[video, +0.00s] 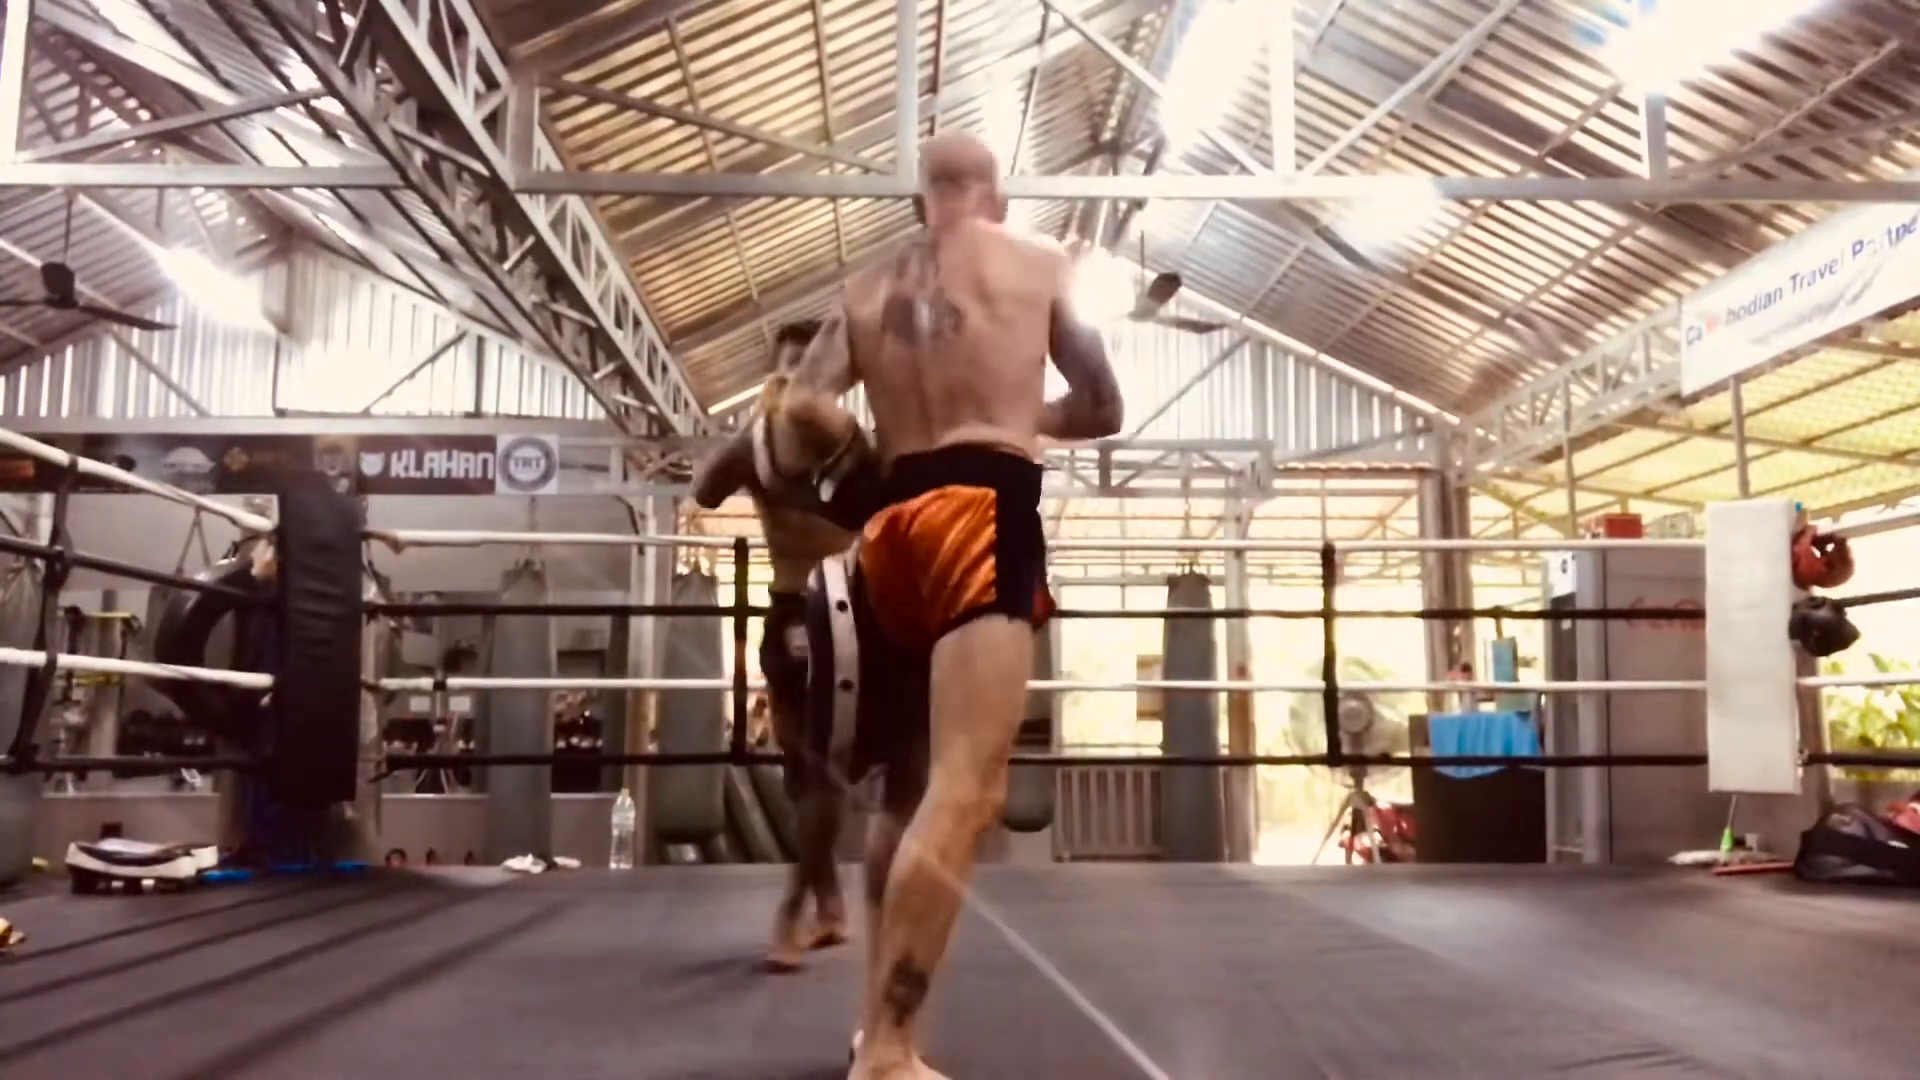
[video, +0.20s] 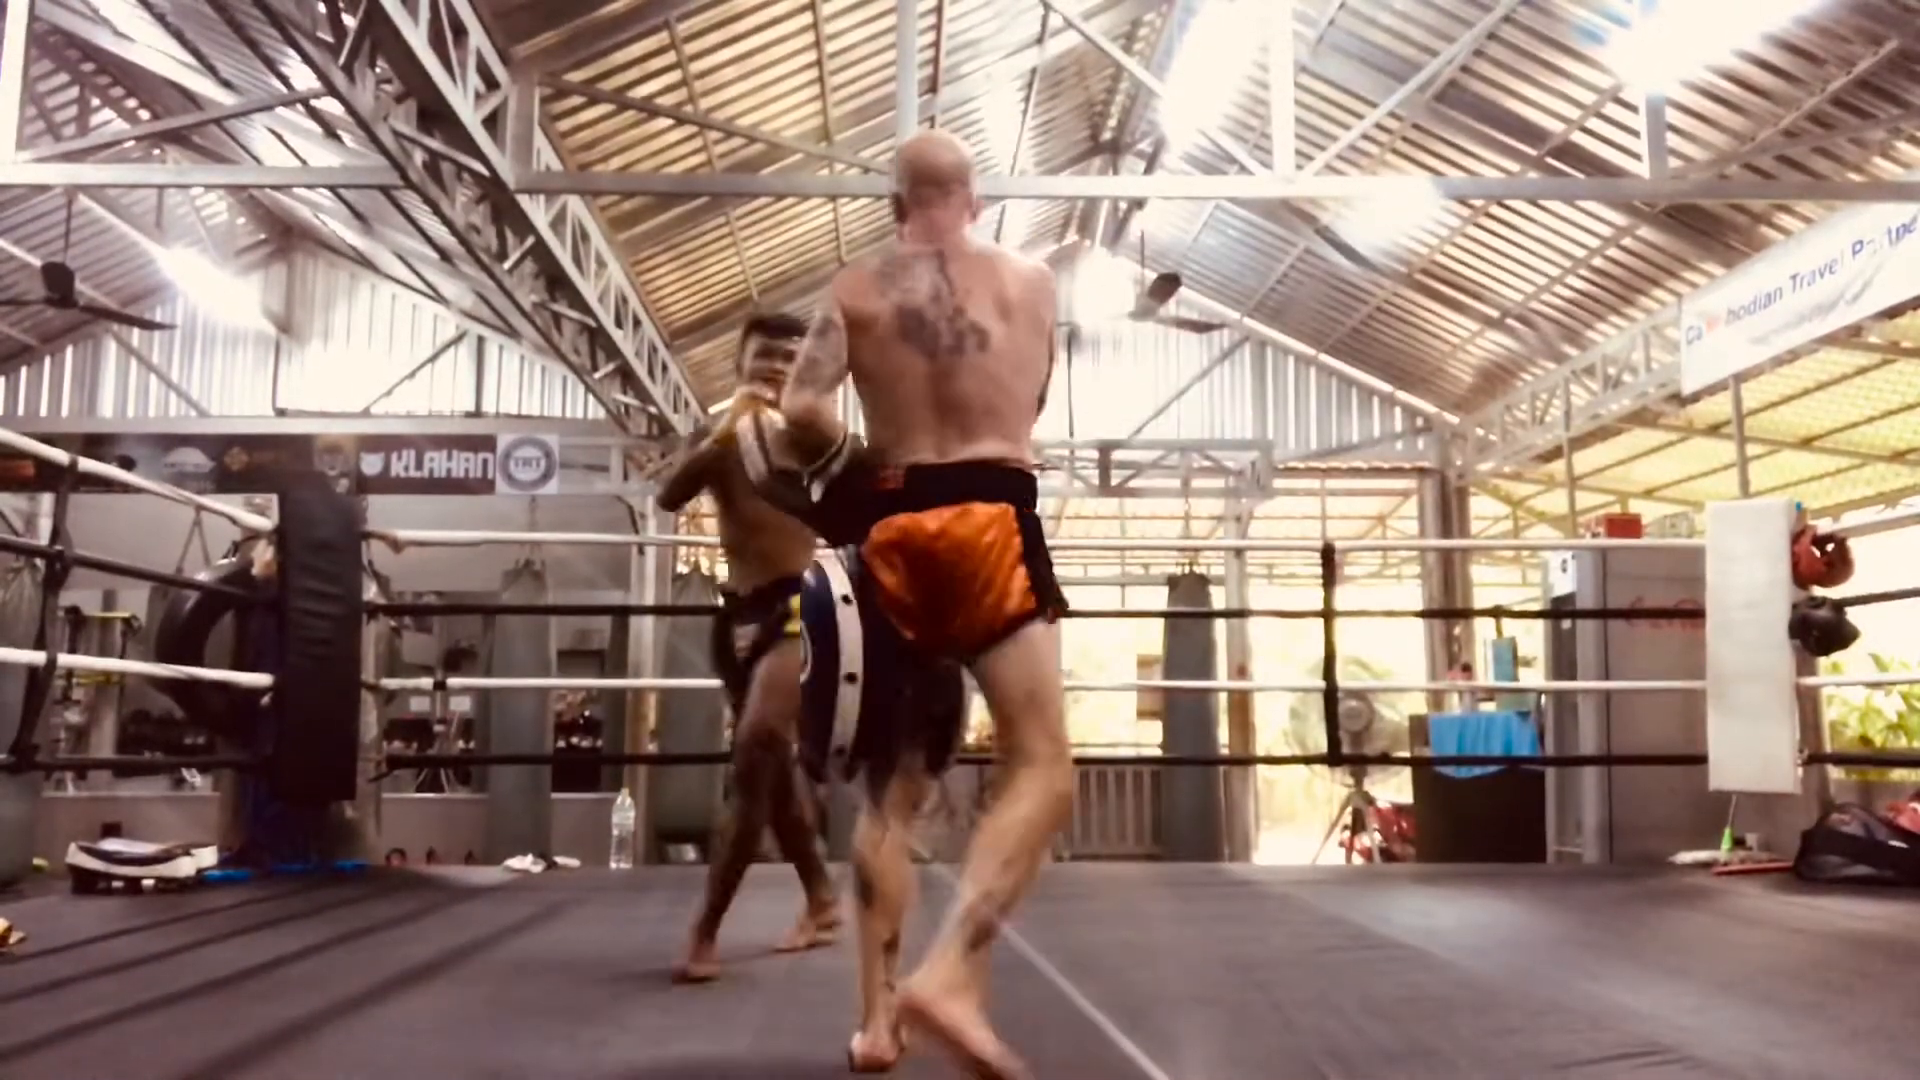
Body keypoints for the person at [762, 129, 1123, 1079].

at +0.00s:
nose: (997, 201)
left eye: (982, 187)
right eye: (997, 187)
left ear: (923, 192)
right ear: (993, 188)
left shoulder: (865, 288)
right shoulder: (1036, 263)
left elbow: (804, 405)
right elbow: (1102, 410)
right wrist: (1013, 416)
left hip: (890, 513)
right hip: (983, 504)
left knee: (910, 791)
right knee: (964, 790)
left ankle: (885, 1037)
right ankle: (885, 1049)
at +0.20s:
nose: (950, 208)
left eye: (919, 194)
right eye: (962, 189)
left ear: (897, 200)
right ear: (973, 195)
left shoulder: (853, 288)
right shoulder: (1033, 282)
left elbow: (806, 409)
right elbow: (1031, 403)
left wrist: (820, 439)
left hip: (893, 515)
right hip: (995, 511)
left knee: (898, 783)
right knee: (1041, 760)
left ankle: (877, 1019)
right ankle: (951, 976)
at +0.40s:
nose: (893, 220)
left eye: (893, 208)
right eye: (931, 207)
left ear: (899, 210)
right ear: (974, 211)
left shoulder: (874, 282)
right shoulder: (1033, 299)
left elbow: (853, 404)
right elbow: (1015, 416)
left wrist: (819, 434)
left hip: (913, 525)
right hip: (1017, 522)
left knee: (890, 786)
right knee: (1041, 764)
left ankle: (881, 1018)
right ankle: (1065, 969)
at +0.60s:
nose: (919, 228)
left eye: (924, 213)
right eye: (923, 213)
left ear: (950, 214)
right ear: (998, 220)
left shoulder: (944, 288)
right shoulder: (1052, 314)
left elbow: (941, 409)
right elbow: (1040, 437)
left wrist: (868, 464)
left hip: (958, 533)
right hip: (1040, 534)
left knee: (907, 795)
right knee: (1039, 778)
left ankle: (891, 1012)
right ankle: (1100, 979)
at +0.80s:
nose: (931, 264)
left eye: (937, 248)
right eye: (930, 251)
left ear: (975, 241)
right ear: (990, 240)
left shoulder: (1018, 299)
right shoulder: (1016, 321)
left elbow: (1057, 385)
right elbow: (958, 449)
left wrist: (989, 485)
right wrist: (916, 362)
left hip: (1013, 562)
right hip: (1045, 564)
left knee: (961, 778)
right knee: (1062, 776)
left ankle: (936, 997)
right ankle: (1103, 982)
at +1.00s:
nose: (948, 268)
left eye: (955, 250)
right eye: (944, 254)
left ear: (1004, 240)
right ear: (997, 245)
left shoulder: (1059, 297)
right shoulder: (1007, 351)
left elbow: (1139, 381)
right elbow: (916, 419)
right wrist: (823, 367)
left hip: (1078, 516)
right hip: (1058, 526)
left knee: (1038, 749)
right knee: (1081, 769)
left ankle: (1073, 994)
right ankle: (1104, 989)